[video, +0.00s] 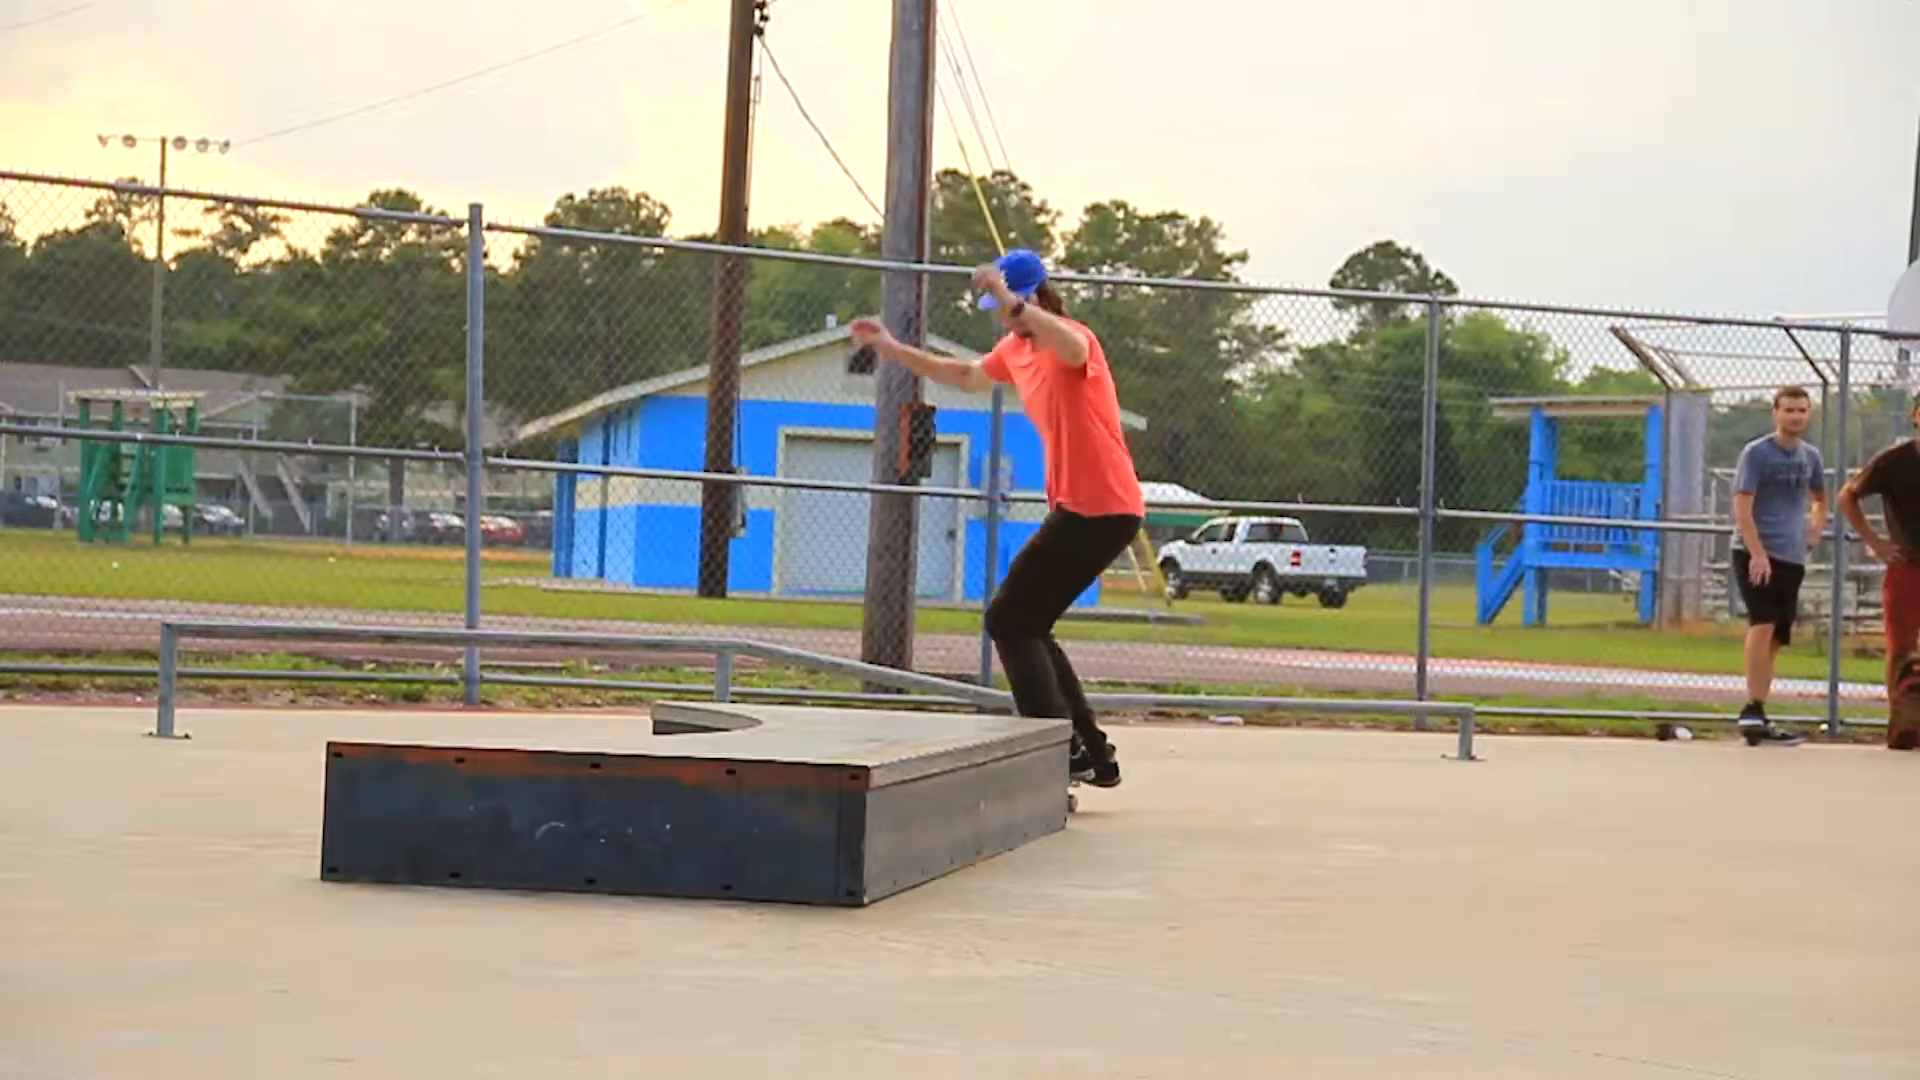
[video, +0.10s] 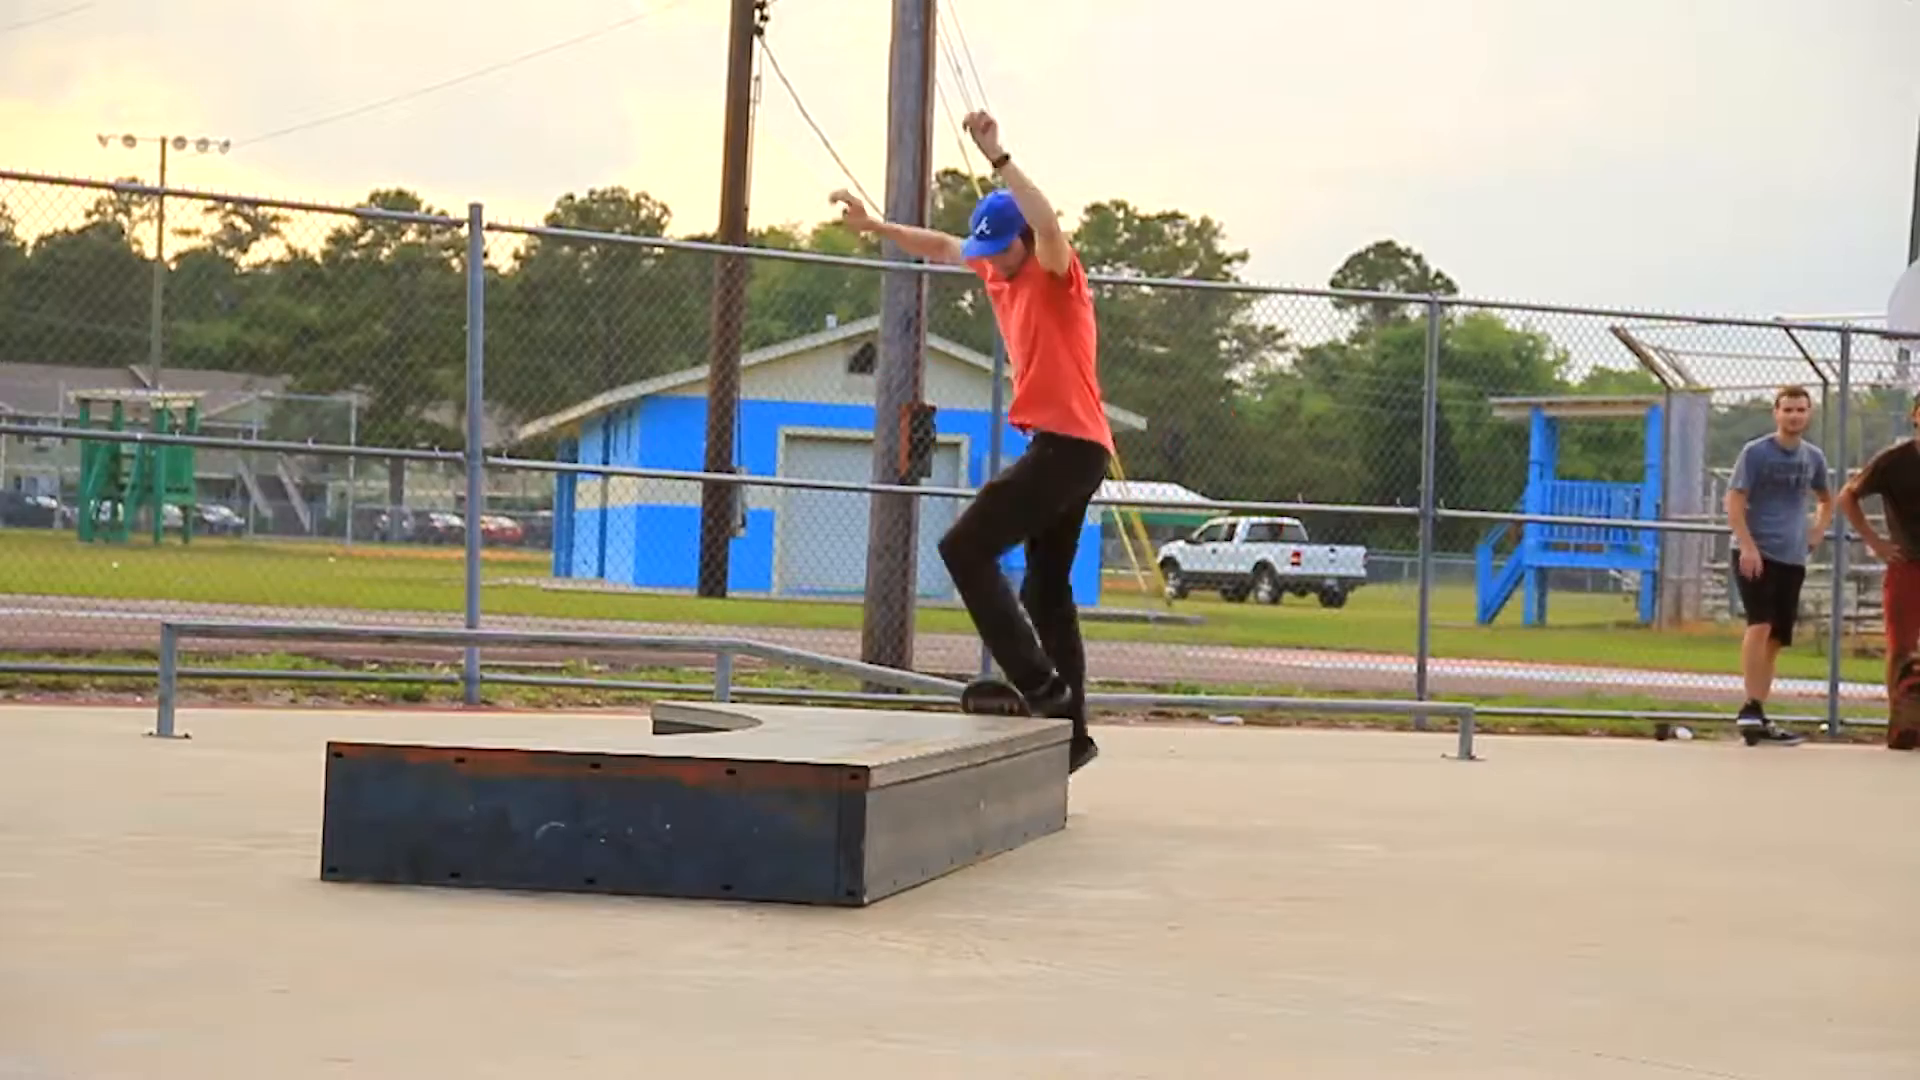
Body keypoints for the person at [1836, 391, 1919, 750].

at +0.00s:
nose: (1919, 420)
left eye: (1917, 414)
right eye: (1918, 414)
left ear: (1914, 417)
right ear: (1914, 417)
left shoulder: (1901, 457)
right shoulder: (1899, 457)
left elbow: (1847, 497)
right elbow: (1847, 496)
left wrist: (1874, 542)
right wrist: (1873, 542)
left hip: (1909, 568)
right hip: (1906, 566)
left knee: (1904, 648)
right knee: (1902, 648)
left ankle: (1905, 724)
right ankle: (1900, 724)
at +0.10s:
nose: (1919, 419)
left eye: (1917, 413)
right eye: (1918, 413)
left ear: (1913, 417)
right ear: (1914, 417)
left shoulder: (1901, 456)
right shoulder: (1900, 457)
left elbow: (1847, 498)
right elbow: (1847, 497)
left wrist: (1874, 541)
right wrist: (1874, 542)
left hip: (1909, 568)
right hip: (1906, 566)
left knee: (1905, 648)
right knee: (1902, 648)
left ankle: (1905, 726)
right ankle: (1901, 725)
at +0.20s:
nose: (1919, 421)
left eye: (1917, 414)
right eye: (1918, 415)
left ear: (1914, 417)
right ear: (1914, 417)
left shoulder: (1900, 457)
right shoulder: (1899, 458)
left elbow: (1848, 497)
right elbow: (1847, 497)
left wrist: (1875, 543)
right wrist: (1875, 543)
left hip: (1909, 570)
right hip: (1907, 567)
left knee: (1904, 650)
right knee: (1902, 650)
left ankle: (1904, 726)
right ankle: (1901, 726)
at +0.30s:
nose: (1919, 420)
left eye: (1919, 414)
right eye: (1919, 414)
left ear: (1914, 417)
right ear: (1914, 417)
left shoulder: (1900, 457)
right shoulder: (1899, 458)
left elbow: (1849, 496)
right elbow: (1848, 496)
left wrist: (1876, 543)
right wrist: (1875, 543)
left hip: (1909, 569)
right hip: (1907, 567)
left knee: (1904, 650)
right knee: (1902, 650)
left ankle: (1905, 727)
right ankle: (1901, 726)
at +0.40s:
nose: (1919, 419)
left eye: (1919, 413)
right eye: (1919, 413)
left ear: (1914, 416)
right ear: (1914, 416)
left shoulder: (1900, 457)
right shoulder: (1899, 458)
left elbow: (1849, 496)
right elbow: (1849, 496)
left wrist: (1876, 543)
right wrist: (1875, 543)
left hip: (1909, 569)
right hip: (1907, 567)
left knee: (1904, 650)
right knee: (1902, 651)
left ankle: (1905, 727)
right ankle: (1902, 727)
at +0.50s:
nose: (1919, 419)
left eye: (1919, 413)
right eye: (1919, 413)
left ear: (1914, 416)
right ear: (1914, 416)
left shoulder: (1900, 457)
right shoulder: (1899, 458)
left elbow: (1849, 496)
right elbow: (1849, 496)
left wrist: (1876, 543)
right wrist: (1875, 543)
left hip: (1909, 569)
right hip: (1907, 567)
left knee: (1904, 650)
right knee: (1902, 650)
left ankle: (1905, 727)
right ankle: (1902, 726)